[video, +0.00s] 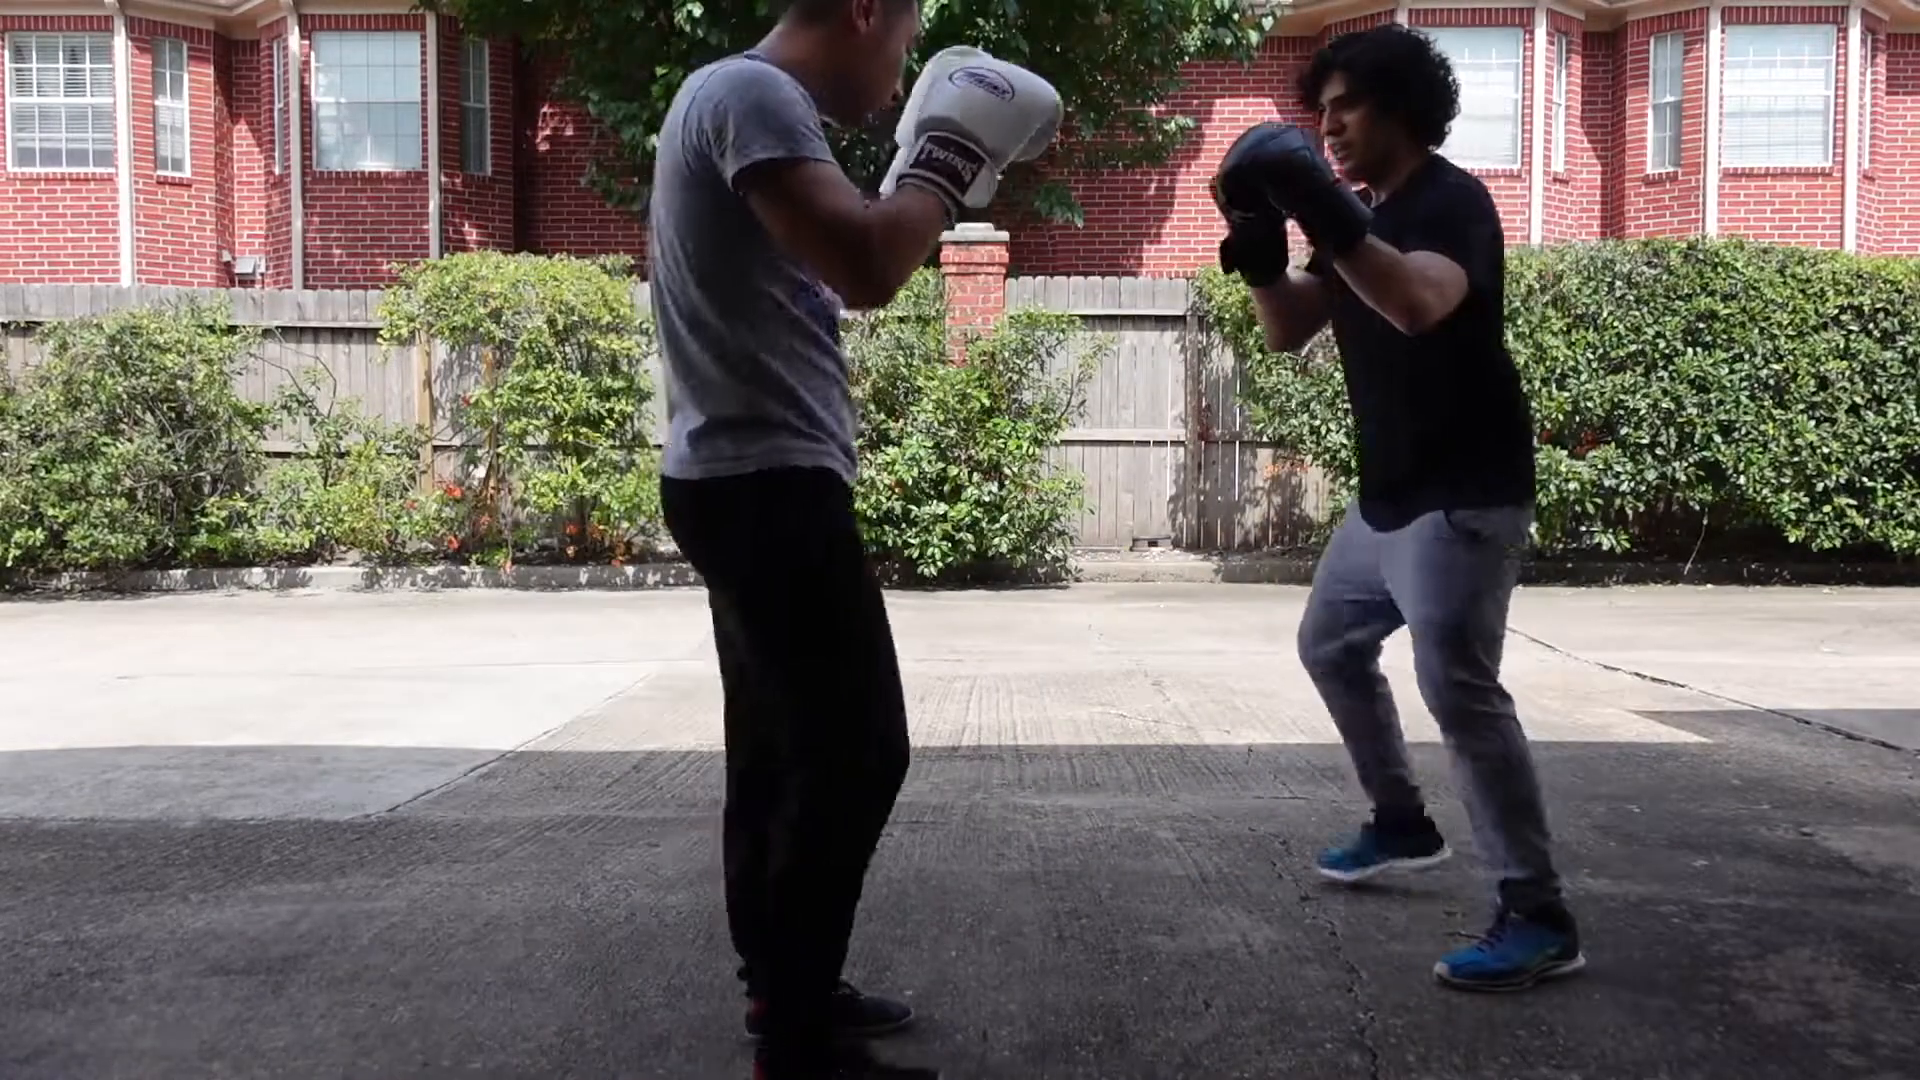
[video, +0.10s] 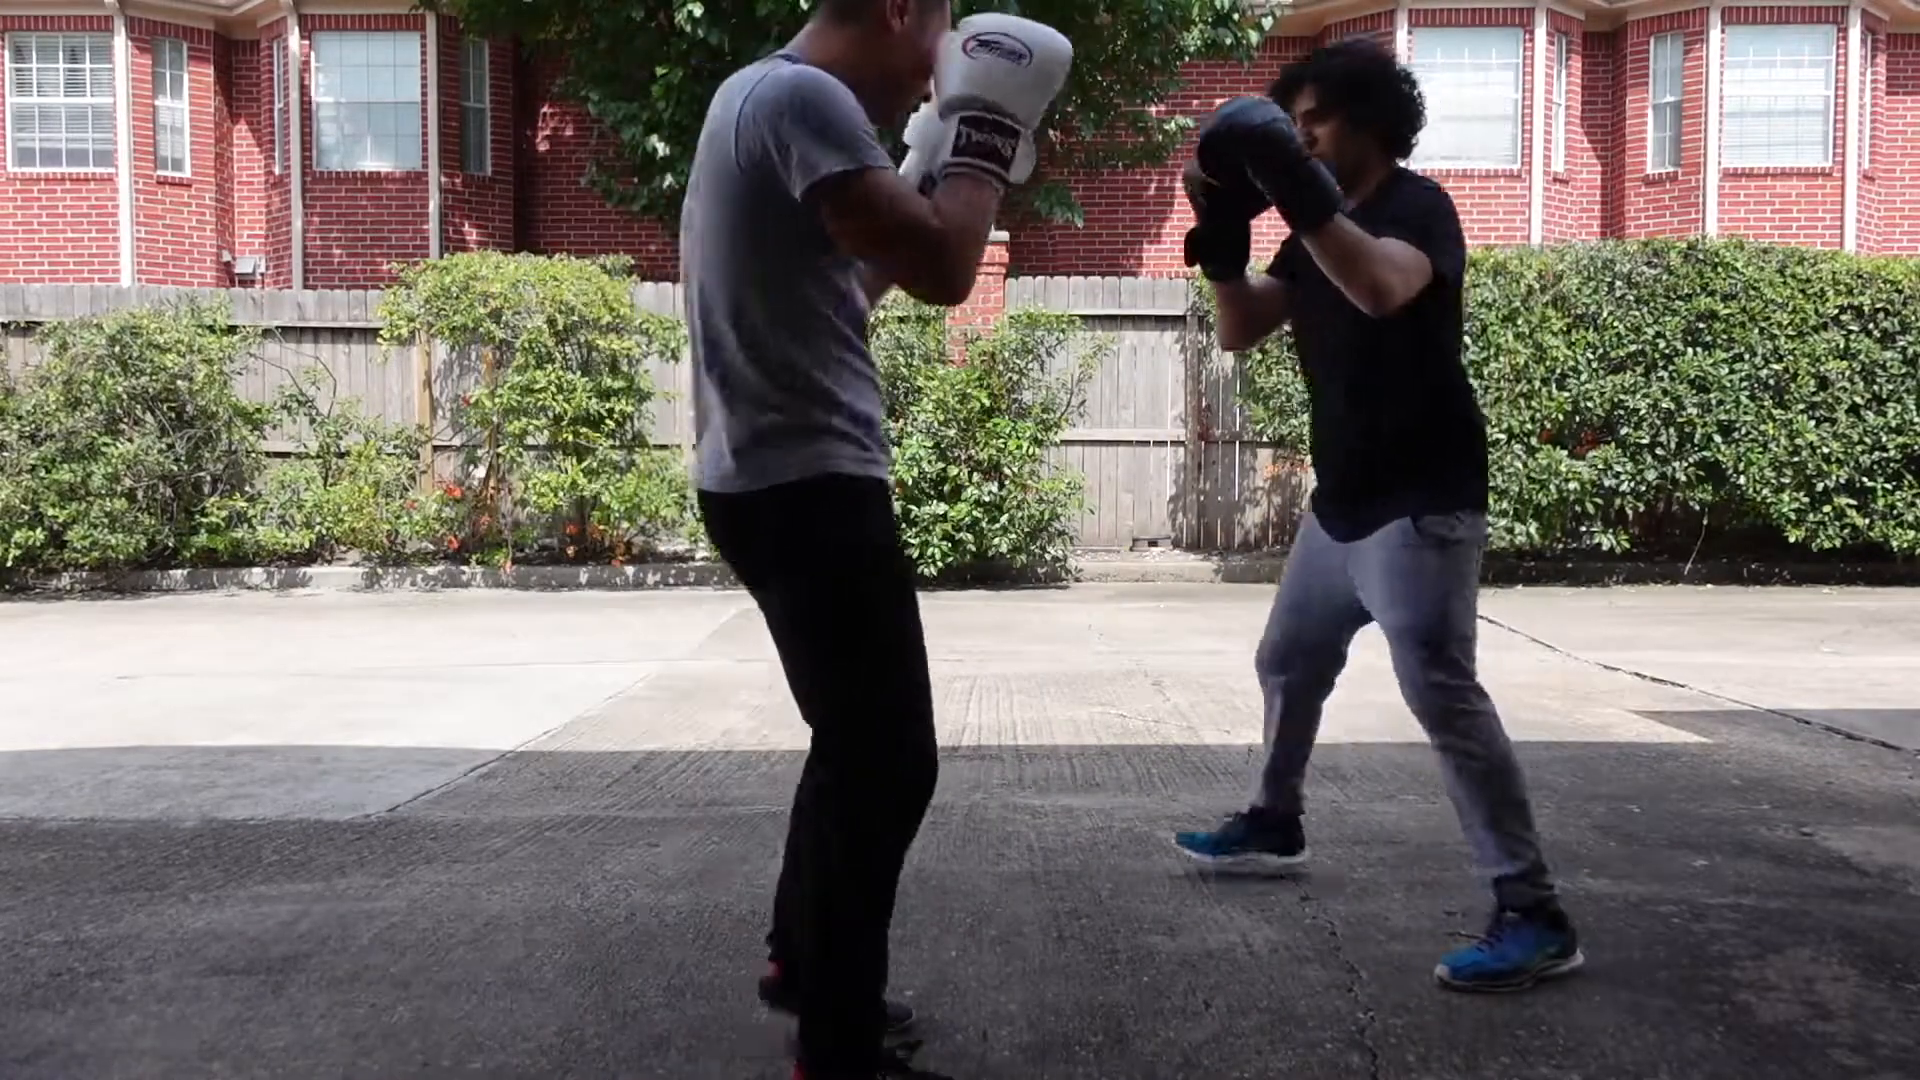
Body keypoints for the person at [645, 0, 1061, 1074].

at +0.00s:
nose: (899, 73)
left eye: (907, 49)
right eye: (905, 41)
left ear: (819, 14)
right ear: (865, 14)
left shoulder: (730, 102)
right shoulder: (750, 94)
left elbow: (855, 265)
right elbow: (869, 265)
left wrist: (934, 174)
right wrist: (947, 159)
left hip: (742, 475)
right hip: (769, 480)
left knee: (773, 741)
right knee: (862, 746)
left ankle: (787, 986)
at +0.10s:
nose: (938, 60)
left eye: (944, 40)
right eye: (939, 33)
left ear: (842, 15)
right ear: (898, 14)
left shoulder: (760, 99)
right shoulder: (801, 100)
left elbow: (876, 271)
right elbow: (947, 263)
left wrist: (938, 157)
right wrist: (986, 136)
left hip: (773, 480)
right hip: (813, 485)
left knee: (855, 739)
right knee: (892, 761)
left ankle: (805, 961)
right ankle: (840, 1046)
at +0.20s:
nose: (970, 56)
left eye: (974, 38)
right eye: (973, 31)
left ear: (862, 10)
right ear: (939, 11)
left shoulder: (777, 97)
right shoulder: (858, 88)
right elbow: (996, 264)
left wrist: (959, 167)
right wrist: (1040, 143)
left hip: (788, 468)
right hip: (829, 475)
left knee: (949, 638)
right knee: (875, 743)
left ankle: (885, 907)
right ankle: (837, 1042)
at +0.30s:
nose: (994, 46)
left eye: (996, 29)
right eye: (996, 25)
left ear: (881, 3)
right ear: (969, 8)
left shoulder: (789, 96)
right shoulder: (897, 77)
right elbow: (1031, 249)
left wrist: (1012, 148)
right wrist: (1073, 131)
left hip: (805, 458)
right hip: (858, 465)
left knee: (955, 666)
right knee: (892, 738)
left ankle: (918, 931)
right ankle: (838, 1044)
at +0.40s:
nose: (1008, 49)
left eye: (1009, 33)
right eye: (1010, 28)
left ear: (896, 8)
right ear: (984, 11)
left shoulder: (804, 105)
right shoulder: (926, 90)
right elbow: (1067, 257)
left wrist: (1045, 150)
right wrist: (1090, 136)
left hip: (821, 484)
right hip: (900, 487)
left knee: (915, 746)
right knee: (926, 761)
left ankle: (918, 979)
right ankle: (838, 1042)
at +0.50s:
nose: (1020, 33)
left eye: (1020, 23)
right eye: (1022, 23)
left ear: (910, 6)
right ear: (1002, 13)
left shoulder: (811, 105)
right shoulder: (961, 82)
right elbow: (1094, 260)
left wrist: (1065, 185)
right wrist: (1118, 149)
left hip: (827, 471)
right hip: (915, 478)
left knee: (924, 731)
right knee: (908, 753)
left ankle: (919, 956)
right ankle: (839, 1041)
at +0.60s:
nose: (1037, 48)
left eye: (1035, 36)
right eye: (1039, 31)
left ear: (923, 10)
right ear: (1018, 16)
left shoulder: (825, 110)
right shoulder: (985, 88)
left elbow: (907, 275)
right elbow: (1115, 263)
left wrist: (1050, 226)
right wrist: (1130, 153)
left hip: (838, 479)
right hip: (940, 489)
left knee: (889, 753)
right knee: (937, 776)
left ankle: (899, 983)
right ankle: (840, 1047)